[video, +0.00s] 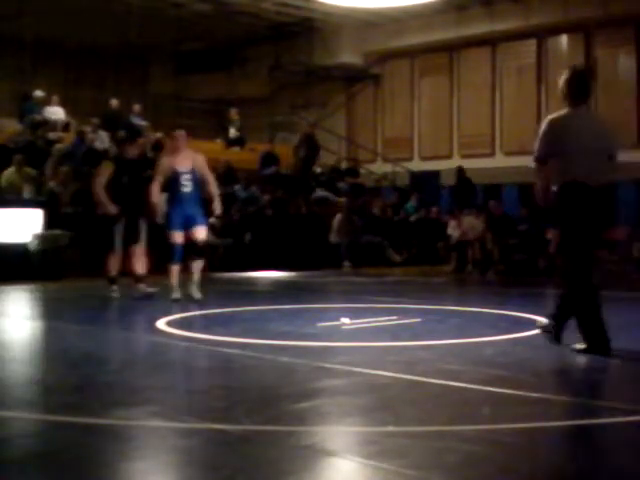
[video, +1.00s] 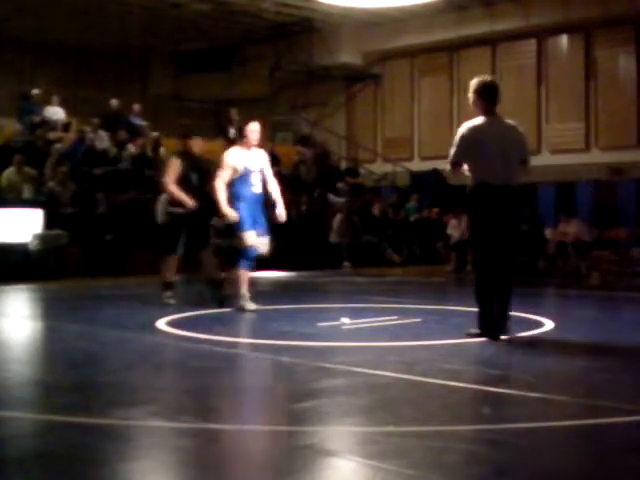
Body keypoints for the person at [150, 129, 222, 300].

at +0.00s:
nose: (179, 143)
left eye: (182, 139)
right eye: (176, 139)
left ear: (187, 140)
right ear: (171, 141)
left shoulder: (197, 158)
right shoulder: (166, 160)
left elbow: (209, 180)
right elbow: (157, 184)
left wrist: (216, 200)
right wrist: (157, 204)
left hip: (195, 205)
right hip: (175, 207)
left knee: (200, 242)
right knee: (177, 246)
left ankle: (195, 284)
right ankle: (175, 286)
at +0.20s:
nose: (193, 144)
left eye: (196, 140)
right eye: (190, 140)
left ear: (199, 142)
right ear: (184, 143)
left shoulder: (207, 163)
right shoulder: (176, 163)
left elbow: (215, 187)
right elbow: (163, 188)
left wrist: (219, 209)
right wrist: (169, 204)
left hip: (201, 210)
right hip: (182, 210)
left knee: (199, 249)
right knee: (179, 249)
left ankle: (201, 291)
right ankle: (175, 284)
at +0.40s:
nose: (209, 141)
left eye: (211, 137)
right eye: (206, 137)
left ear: (214, 139)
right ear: (199, 139)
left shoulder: (219, 160)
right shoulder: (188, 159)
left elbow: (227, 185)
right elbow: (177, 183)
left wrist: (231, 207)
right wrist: (178, 205)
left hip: (213, 210)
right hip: (193, 210)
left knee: (209, 250)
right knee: (189, 249)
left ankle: (202, 292)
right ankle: (178, 278)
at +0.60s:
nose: (224, 139)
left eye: (227, 136)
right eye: (222, 135)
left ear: (229, 137)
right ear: (214, 135)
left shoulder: (230, 155)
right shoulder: (200, 155)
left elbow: (238, 176)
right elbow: (184, 179)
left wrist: (246, 186)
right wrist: (183, 206)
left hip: (224, 203)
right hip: (206, 203)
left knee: (217, 245)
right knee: (213, 241)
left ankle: (204, 290)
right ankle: (201, 285)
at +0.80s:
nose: (239, 138)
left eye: (241, 134)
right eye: (235, 134)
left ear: (243, 136)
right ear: (227, 135)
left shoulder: (244, 159)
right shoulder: (215, 157)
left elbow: (256, 180)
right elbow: (198, 181)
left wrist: (267, 185)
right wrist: (198, 209)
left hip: (238, 206)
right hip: (221, 205)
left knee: (232, 247)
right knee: (233, 245)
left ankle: (209, 278)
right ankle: (238, 291)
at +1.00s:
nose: (255, 136)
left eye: (257, 133)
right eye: (252, 133)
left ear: (260, 135)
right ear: (244, 135)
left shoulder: (262, 155)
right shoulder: (232, 155)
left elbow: (271, 181)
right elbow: (220, 182)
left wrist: (279, 204)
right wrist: (225, 208)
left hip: (258, 203)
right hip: (241, 204)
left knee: (262, 245)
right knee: (248, 245)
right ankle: (243, 294)